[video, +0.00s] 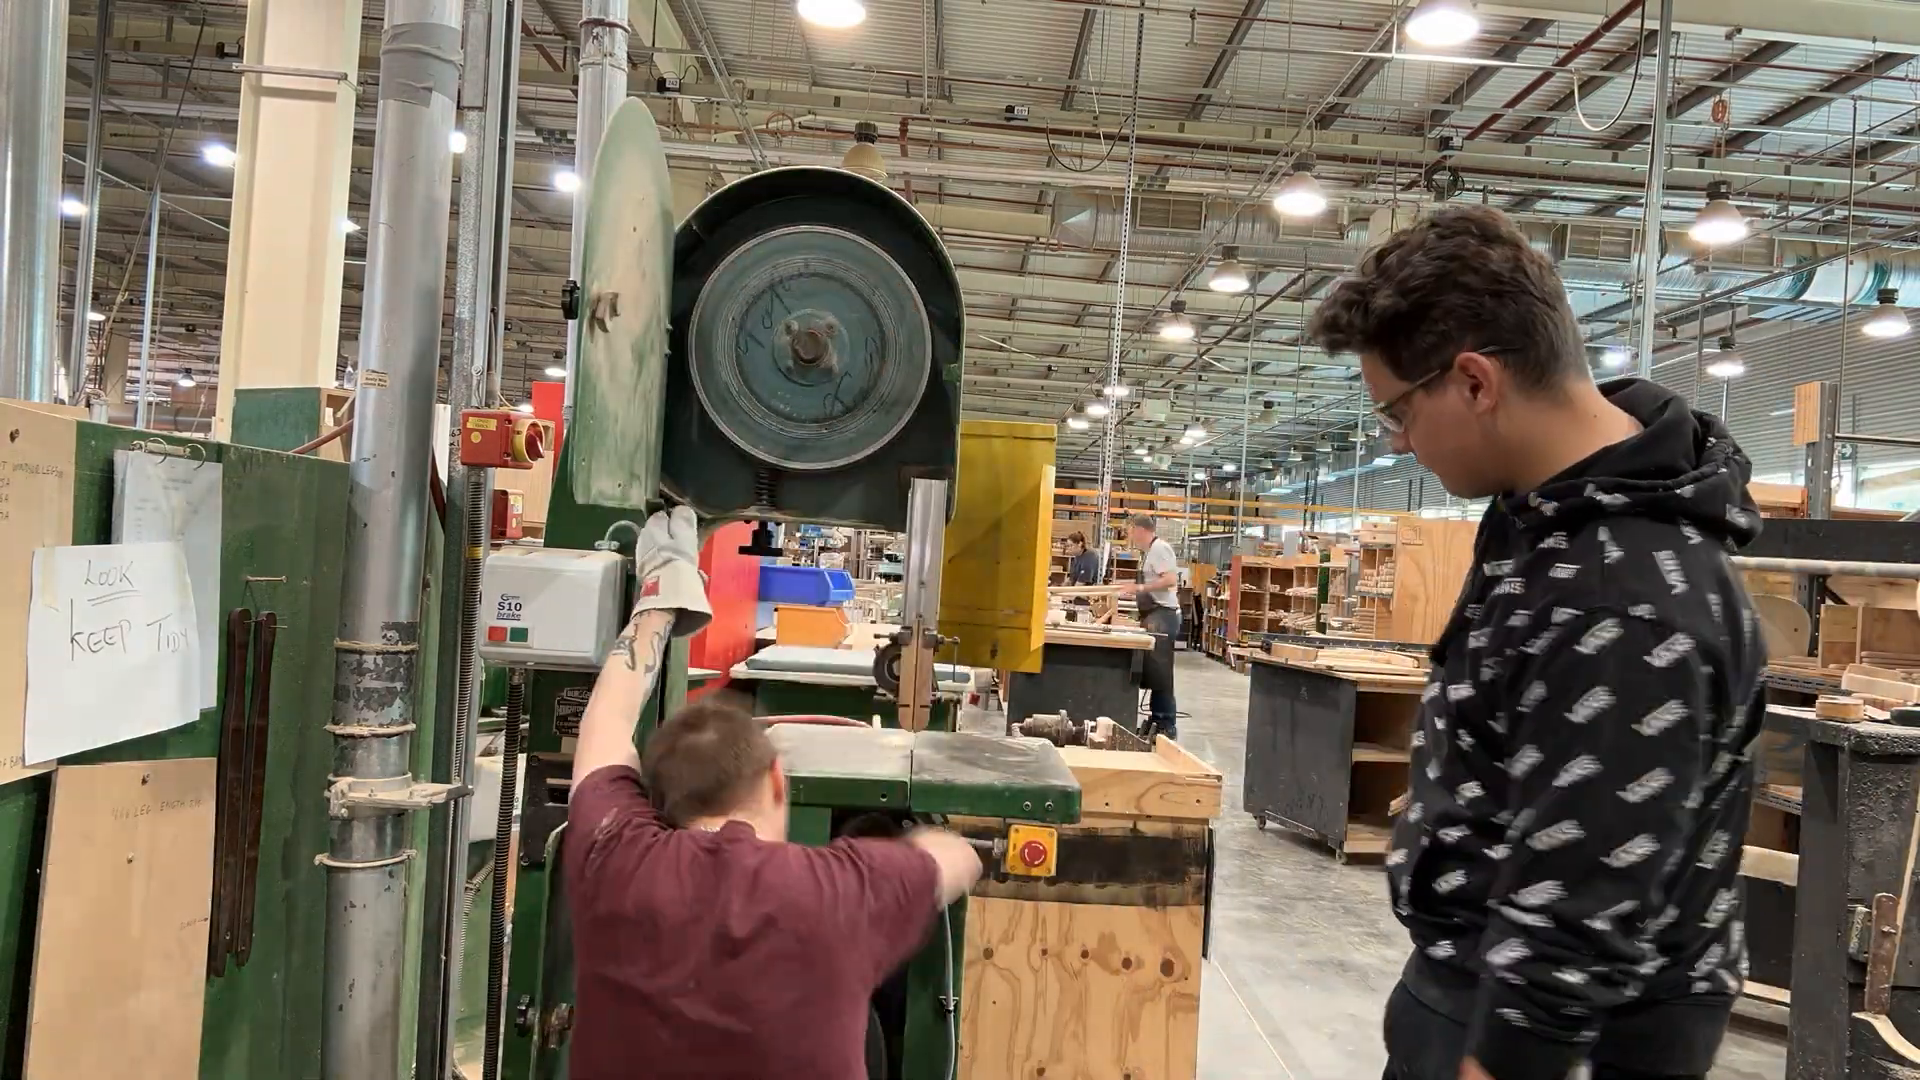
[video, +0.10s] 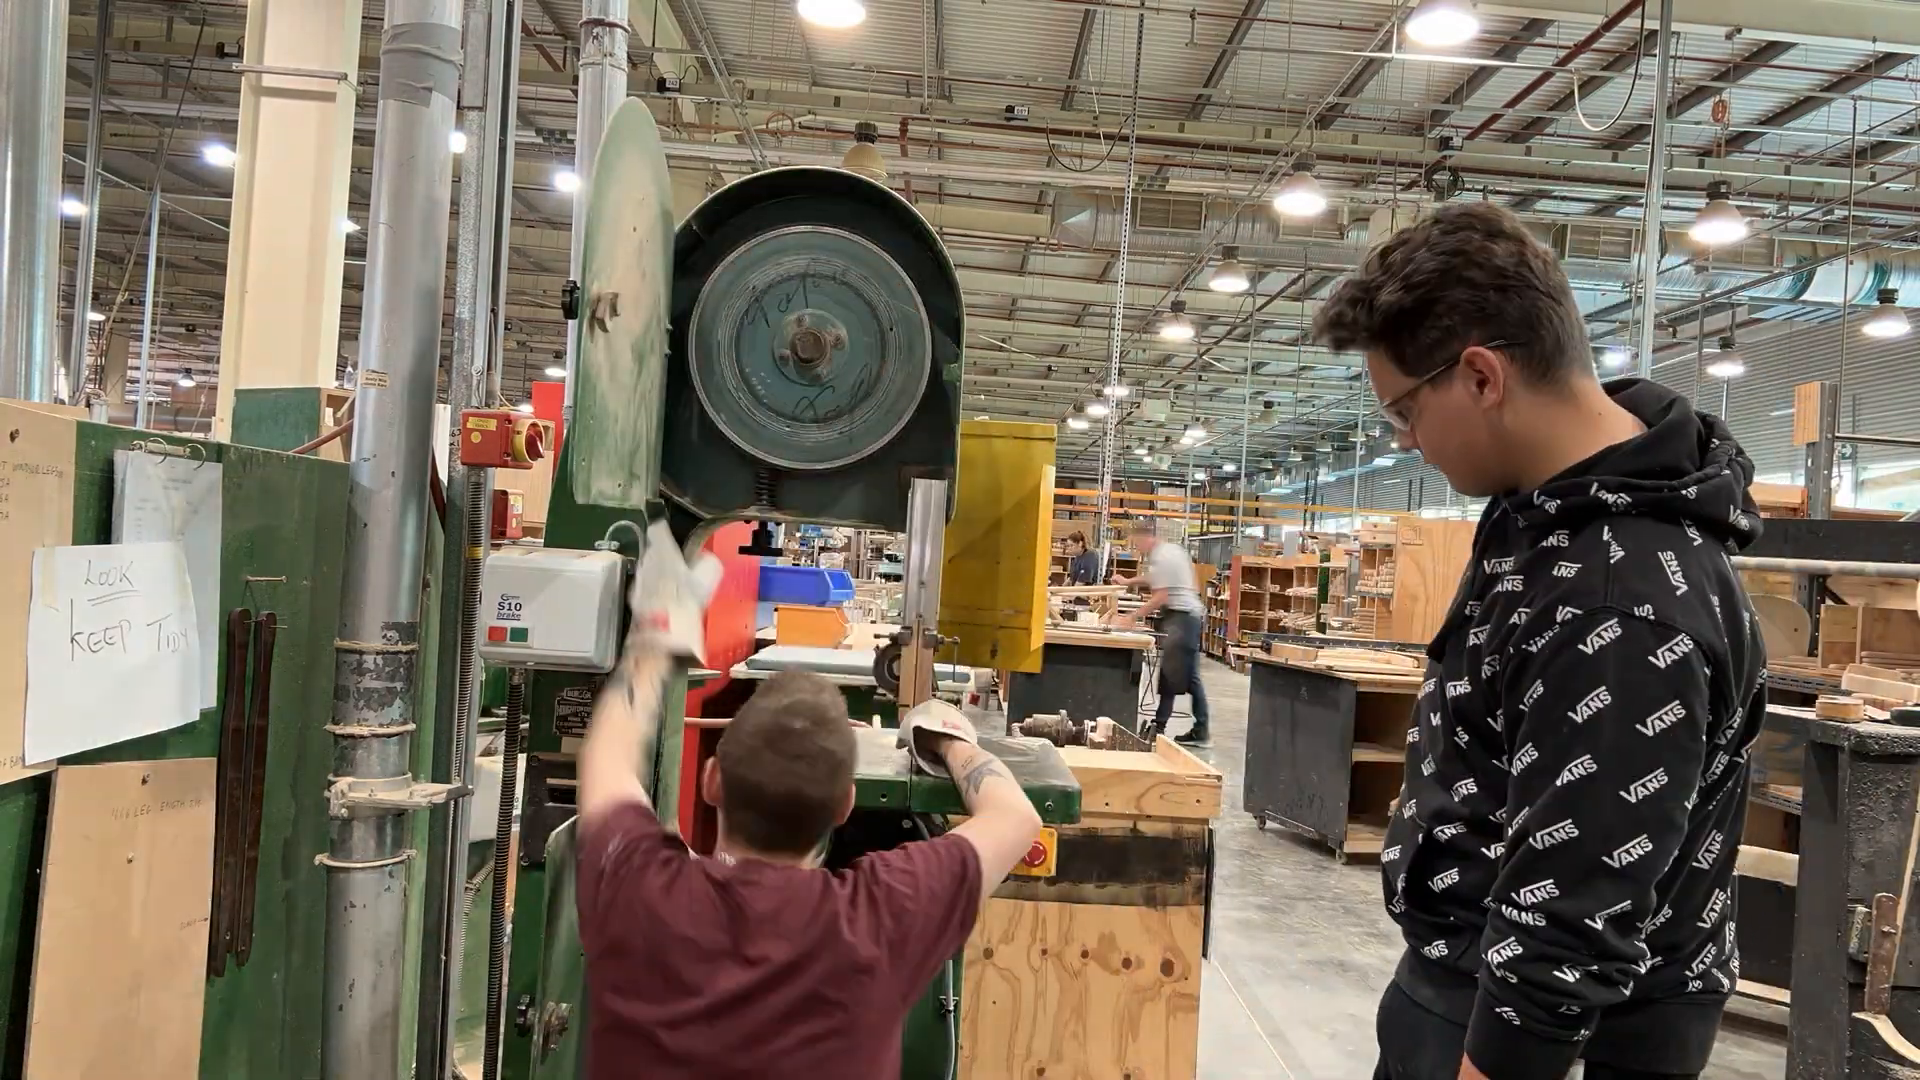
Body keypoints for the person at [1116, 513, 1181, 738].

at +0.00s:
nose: (1130, 536)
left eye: (1132, 532)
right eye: (1131, 532)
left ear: (1143, 531)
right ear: (1144, 531)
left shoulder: (1160, 549)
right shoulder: (1150, 552)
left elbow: (1170, 579)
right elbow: (1155, 583)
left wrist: (1140, 587)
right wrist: (1132, 589)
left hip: (1163, 614)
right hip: (1153, 613)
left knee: (1161, 670)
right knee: (1154, 670)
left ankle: (1167, 725)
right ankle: (1156, 719)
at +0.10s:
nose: (1136, 547)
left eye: (1137, 542)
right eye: (1135, 543)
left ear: (1147, 537)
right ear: (1151, 536)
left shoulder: (1161, 555)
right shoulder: (1171, 550)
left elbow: (1161, 597)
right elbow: (1155, 579)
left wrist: (1132, 617)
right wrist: (1128, 582)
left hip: (1181, 617)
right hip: (1188, 616)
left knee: (1169, 676)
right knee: (1191, 675)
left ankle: (1157, 728)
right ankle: (1201, 728)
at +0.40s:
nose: (1181, 537)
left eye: (1184, 532)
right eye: (1178, 534)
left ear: (1196, 531)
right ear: (1177, 535)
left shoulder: (1206, 555)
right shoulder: (1184, 554)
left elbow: (1203, 589)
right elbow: (1179, 582)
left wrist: (1169, 580)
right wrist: (1160, 573)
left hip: (1197, 619)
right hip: (1182, 618)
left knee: (1180, 674)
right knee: (1191, 675)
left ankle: (1167, 726)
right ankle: (1201, 729)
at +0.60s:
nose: (1136, 547)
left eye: (1137, 542)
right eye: (1135, 543)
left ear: (1150, 536)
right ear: (1148, 538)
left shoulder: (1168, 555)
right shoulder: (1155, 557)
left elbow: (1175, 592)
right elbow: (1154, 592)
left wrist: (1152, 621)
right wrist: (1143, 618)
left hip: (1183, 616)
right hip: (1172, 615)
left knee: (1170, 671)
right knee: (1177, 671)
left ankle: (1164, 728)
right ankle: (1198, 724)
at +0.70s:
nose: (1149, 542)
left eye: (1152, 537)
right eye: (1148, 537)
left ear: (1165, 533)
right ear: (1157, 535)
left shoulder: (1181, 554)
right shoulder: (1160, 552)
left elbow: (1188, 589)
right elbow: (1151, 580)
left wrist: (1153, 593)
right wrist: (1132, 583)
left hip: (1179, 616)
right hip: (1162, 614)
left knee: (1172, 669)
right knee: (1156, 669)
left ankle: (1172, 725)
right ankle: (1157, 719)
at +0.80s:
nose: (1149, 538)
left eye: (1152, 534)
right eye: (1147, 534)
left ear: (1166, 531)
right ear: (1149, 532)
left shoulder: (1182, 552)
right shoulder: (1152, 552)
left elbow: (1186, 587)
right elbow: (1155, 582)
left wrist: (1153, 585)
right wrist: (1142, 586)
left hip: (1177, 614)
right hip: (1158, 613)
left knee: (1171, 670)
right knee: (1155, 670)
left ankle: (1172, 724)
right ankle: (1153, 719)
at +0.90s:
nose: (1133, 551)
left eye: (1134, 546)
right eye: (1132, 547)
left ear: (1148, 538)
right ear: (1144, 540)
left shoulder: (1170, 554)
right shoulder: (1147, 557)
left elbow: (1181, 587)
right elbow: (1143, 584)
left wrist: (1148, 596)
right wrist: (1135, 598)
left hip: (1178, 615)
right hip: (1159, 614)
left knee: (1173, 670)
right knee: (1157, 669)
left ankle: (1171, 725)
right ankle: (1154, 720)